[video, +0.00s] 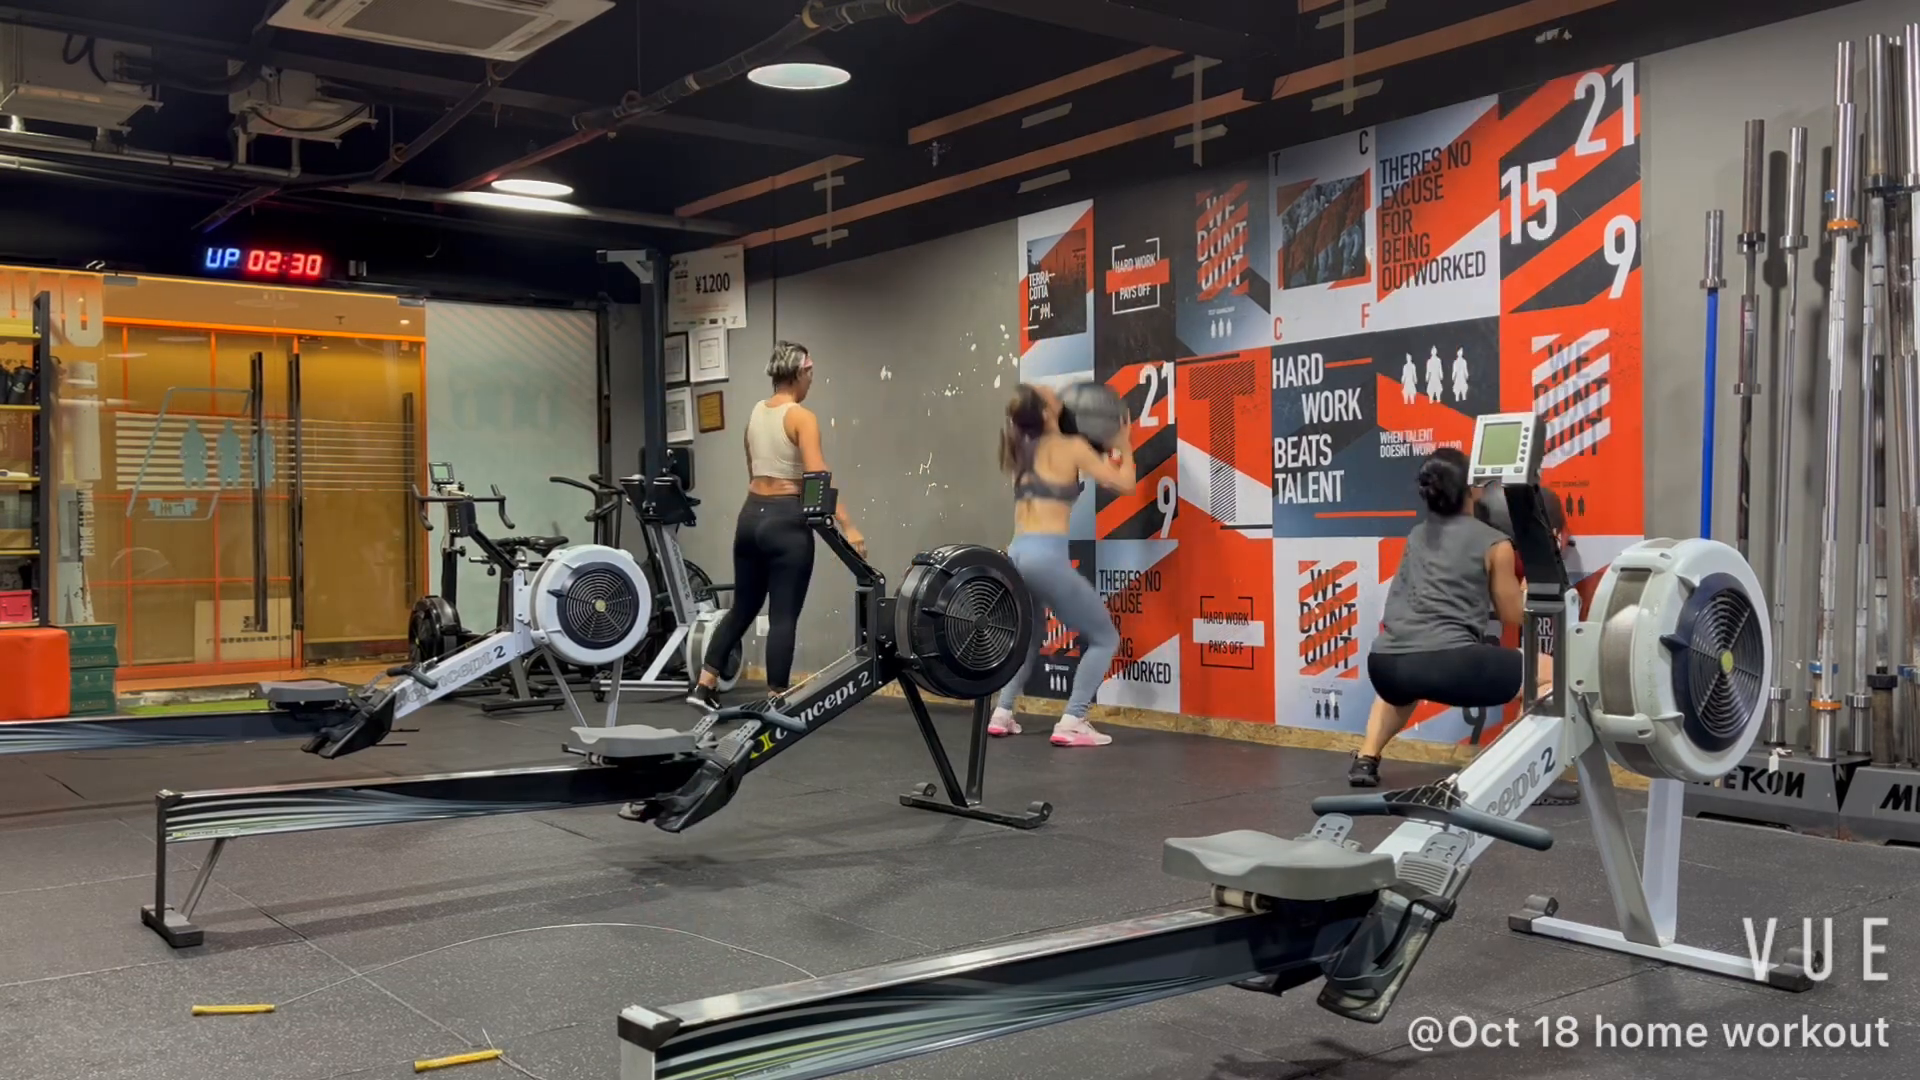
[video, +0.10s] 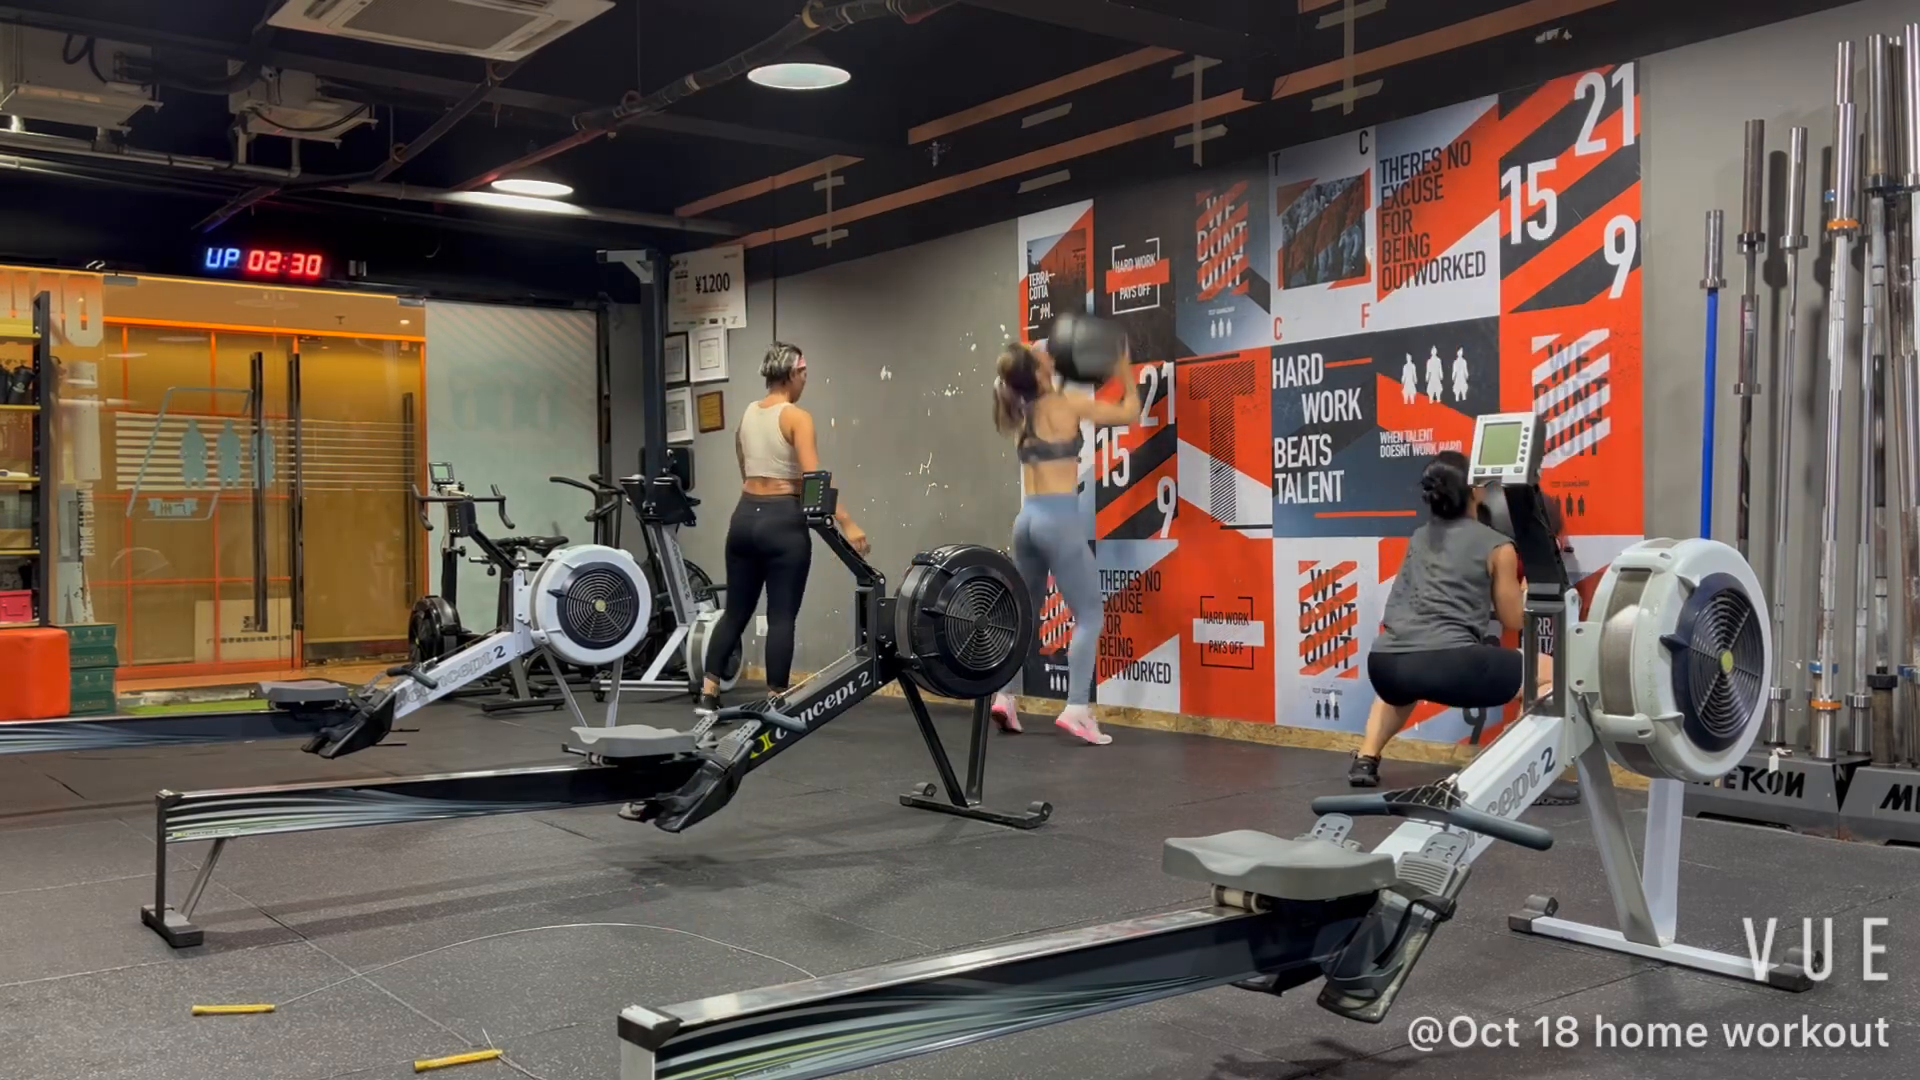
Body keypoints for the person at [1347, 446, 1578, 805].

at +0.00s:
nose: (1480, 483)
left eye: (1477, 477)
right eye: (1477, 478)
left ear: (1428, 491)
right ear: (1472, 488)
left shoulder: (1415, 535)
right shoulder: (1494, 544)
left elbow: (1412, 596)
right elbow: (1512, 616)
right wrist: (1528, 591)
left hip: (1389, 664)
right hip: (1454, 665)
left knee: (1401, 687)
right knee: (1549, 671)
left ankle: (1366, 759)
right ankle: (1529, 773)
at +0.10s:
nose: (1483, 485)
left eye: (1479, 478)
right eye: (1479, 480)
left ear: (1433, 494)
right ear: (1474, 490)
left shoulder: (1418, 538)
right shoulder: (1497, 546)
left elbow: (1412, 600)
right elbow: (1513, 620)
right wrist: (1527, 593)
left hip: (1391, 665)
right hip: (1456, 666)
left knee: (1401, 686)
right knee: (1550, 671)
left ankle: (1365, 759)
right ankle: (1518, 771)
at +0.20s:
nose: (1484, 484)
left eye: (1480, 477)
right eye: (1480, 478)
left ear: (1435, 494)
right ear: (1477, 489)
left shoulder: (1420, 537)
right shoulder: (1499, 545)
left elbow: (1415, 597)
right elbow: (1513, 620)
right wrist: (1527, 591)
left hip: (1389, 661)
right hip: (1454, 662)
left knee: (1398, 685)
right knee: (1548, 672)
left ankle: (1365, 758)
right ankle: (1520, 772)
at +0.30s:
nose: (1485, 481)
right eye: (1482, 475)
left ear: (1437, 490)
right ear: (1479, 485)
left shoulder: (1421, 531)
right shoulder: (1499, 539)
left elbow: (1408, 596)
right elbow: (1513, 613)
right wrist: (1524, 584)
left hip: (1388, 653)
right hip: (1452, 653)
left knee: (1396, 683)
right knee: (1547, 673)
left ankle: (1365, 759)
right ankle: (1519, 773)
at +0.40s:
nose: (1488, 472)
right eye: (1482, 465)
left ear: (1437, 476)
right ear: (1479, 474)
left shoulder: (1421, 520)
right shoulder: (1496, 525)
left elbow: (1416, 581)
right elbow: (1515, 602)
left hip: (1389, 640)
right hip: (1452, 641)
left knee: (1396, 683)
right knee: (1545, 673)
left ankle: (1364, 760)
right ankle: (1529, 775)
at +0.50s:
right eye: (1481, 445)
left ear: (1436, 456)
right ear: (1478, 453)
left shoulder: (1421, 501)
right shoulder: (1494, 503)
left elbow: (1405, 567)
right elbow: (1516, 581)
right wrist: (1538, 524)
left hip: (1392, 620)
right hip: (1456, 621)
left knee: (1400, 677)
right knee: (1545, 672)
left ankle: (1365, 760)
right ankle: (1532, 777)